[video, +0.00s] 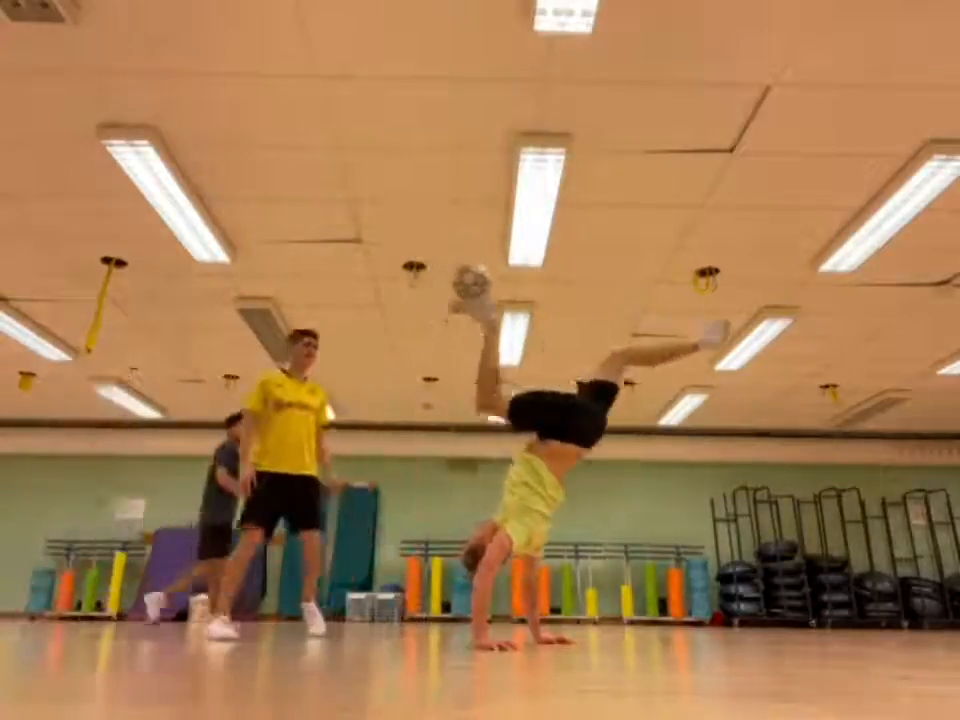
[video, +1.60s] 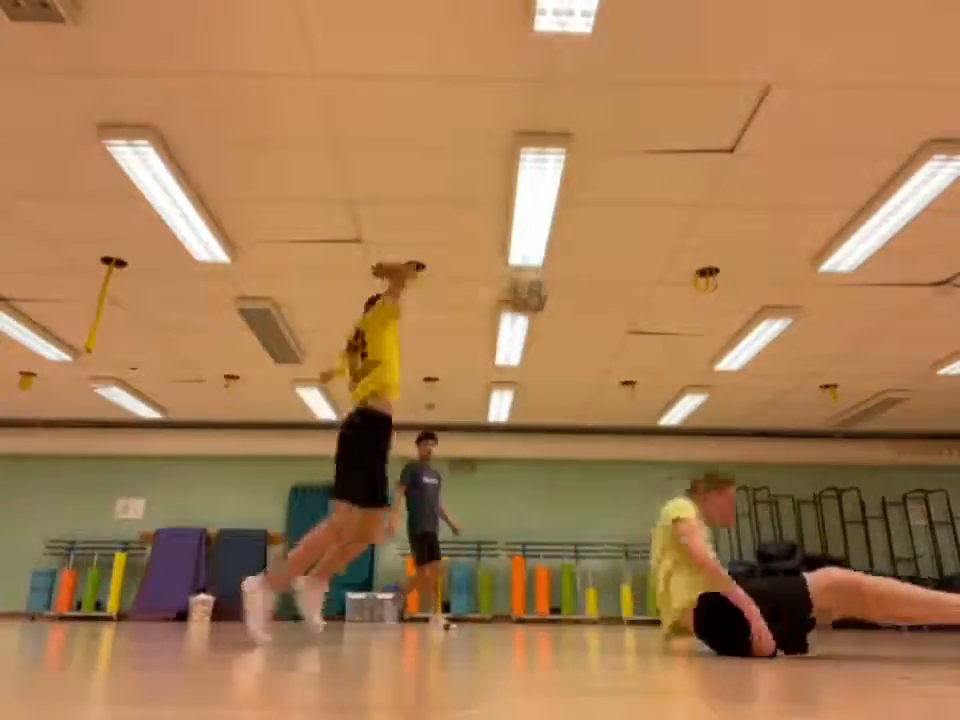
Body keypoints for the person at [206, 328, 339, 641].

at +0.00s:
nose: (310, 351)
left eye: (314, 347)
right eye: (305, 345)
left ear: (317, 355)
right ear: (291, 349)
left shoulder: (317, 393)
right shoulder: (270, 383)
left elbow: (321, 437)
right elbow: (248, 425)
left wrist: (328, 472)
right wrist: (245, 464)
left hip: (305, 474)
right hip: (270, 471)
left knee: (312, 539)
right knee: (252, 539)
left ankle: (310, 603)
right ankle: (222, 615)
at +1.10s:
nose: (357, 344)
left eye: (361, 339)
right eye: (354, 337)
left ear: (357, 341)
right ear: (337, 332)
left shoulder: (338, 375)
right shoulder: (307, 361)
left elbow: (319, 423)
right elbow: (274, 396)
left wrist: (340, 452)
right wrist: (276, 434)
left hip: (310, 464)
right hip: (286, 458)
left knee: (309, 535)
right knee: (285, 529)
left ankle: (274, 615)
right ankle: (245, 618)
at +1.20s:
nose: (358, 346)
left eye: (362, 340)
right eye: (355, 338)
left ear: (361, 345)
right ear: (338, 335)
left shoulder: (341, 380)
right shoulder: (317, 362)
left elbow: (328, 428)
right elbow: (293, 400)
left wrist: (338, 468)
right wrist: (305, 435)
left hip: (307, 463)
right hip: (284, 457)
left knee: (314, 537)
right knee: (295, 531)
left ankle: (274, 614)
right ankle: (249, 615)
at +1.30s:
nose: (359, 348)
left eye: (362, 343)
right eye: (353, 342)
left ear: (361, 349)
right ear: (336, 345)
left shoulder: (348, 387)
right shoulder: (323, 374)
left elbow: (345, 424)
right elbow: (319, 402)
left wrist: (362, 452)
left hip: (304, 465)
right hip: (286, 462)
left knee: (309, 545)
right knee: (317, 531)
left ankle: (275, 615)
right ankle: (260, 603)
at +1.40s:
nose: (364, 342)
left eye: (366, 337)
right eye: (358, 335)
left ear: (365, 340)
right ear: (341, 338)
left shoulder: (350, 384)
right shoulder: (334, 365)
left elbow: (372, 411)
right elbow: (370, 361)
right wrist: (405, 342)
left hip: (312, 462)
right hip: (298, 457)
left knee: (313, 543)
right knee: (322, 527)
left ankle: (278, 617)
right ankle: (252, 596)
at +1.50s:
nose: (376, 326)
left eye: (375, 321)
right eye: (371, 320)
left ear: (354, 321)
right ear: (358, 320)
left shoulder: (359, 350)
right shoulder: (352, 339)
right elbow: (393, 303)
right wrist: (402, 278)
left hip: (342, 449)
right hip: (329, 446)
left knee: (339, 539)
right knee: (314, 532)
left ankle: (279, 611)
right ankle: (234, 610)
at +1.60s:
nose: (403, 295)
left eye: (404, 289)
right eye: (398, 290)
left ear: (371, 303)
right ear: (384, 295)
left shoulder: (359, 337)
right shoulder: (379, 318)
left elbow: (339, 366)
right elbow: (398, 286)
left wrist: (328, 375)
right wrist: (392, 273)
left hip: (373, 431)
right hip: (365, 428)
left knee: (371, 530)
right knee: (344, 523)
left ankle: (315, 585)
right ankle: (265, 586)